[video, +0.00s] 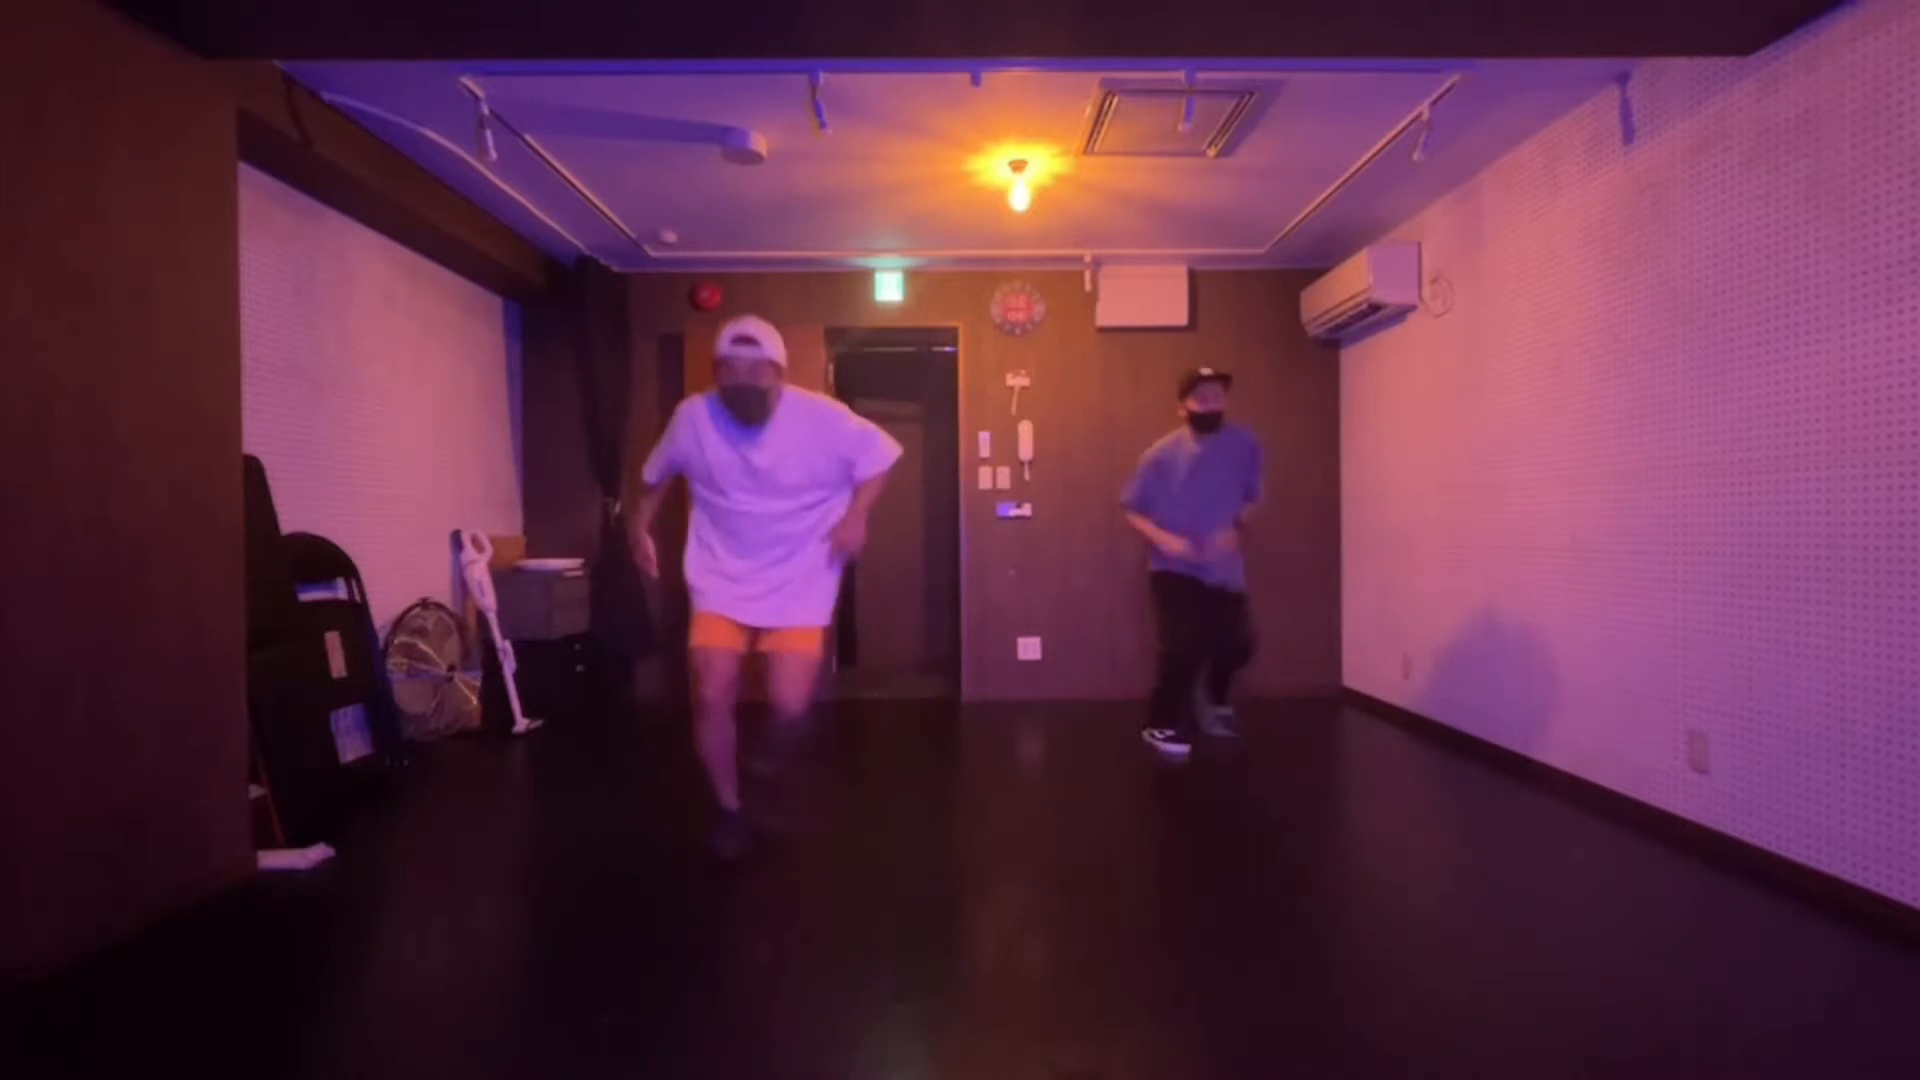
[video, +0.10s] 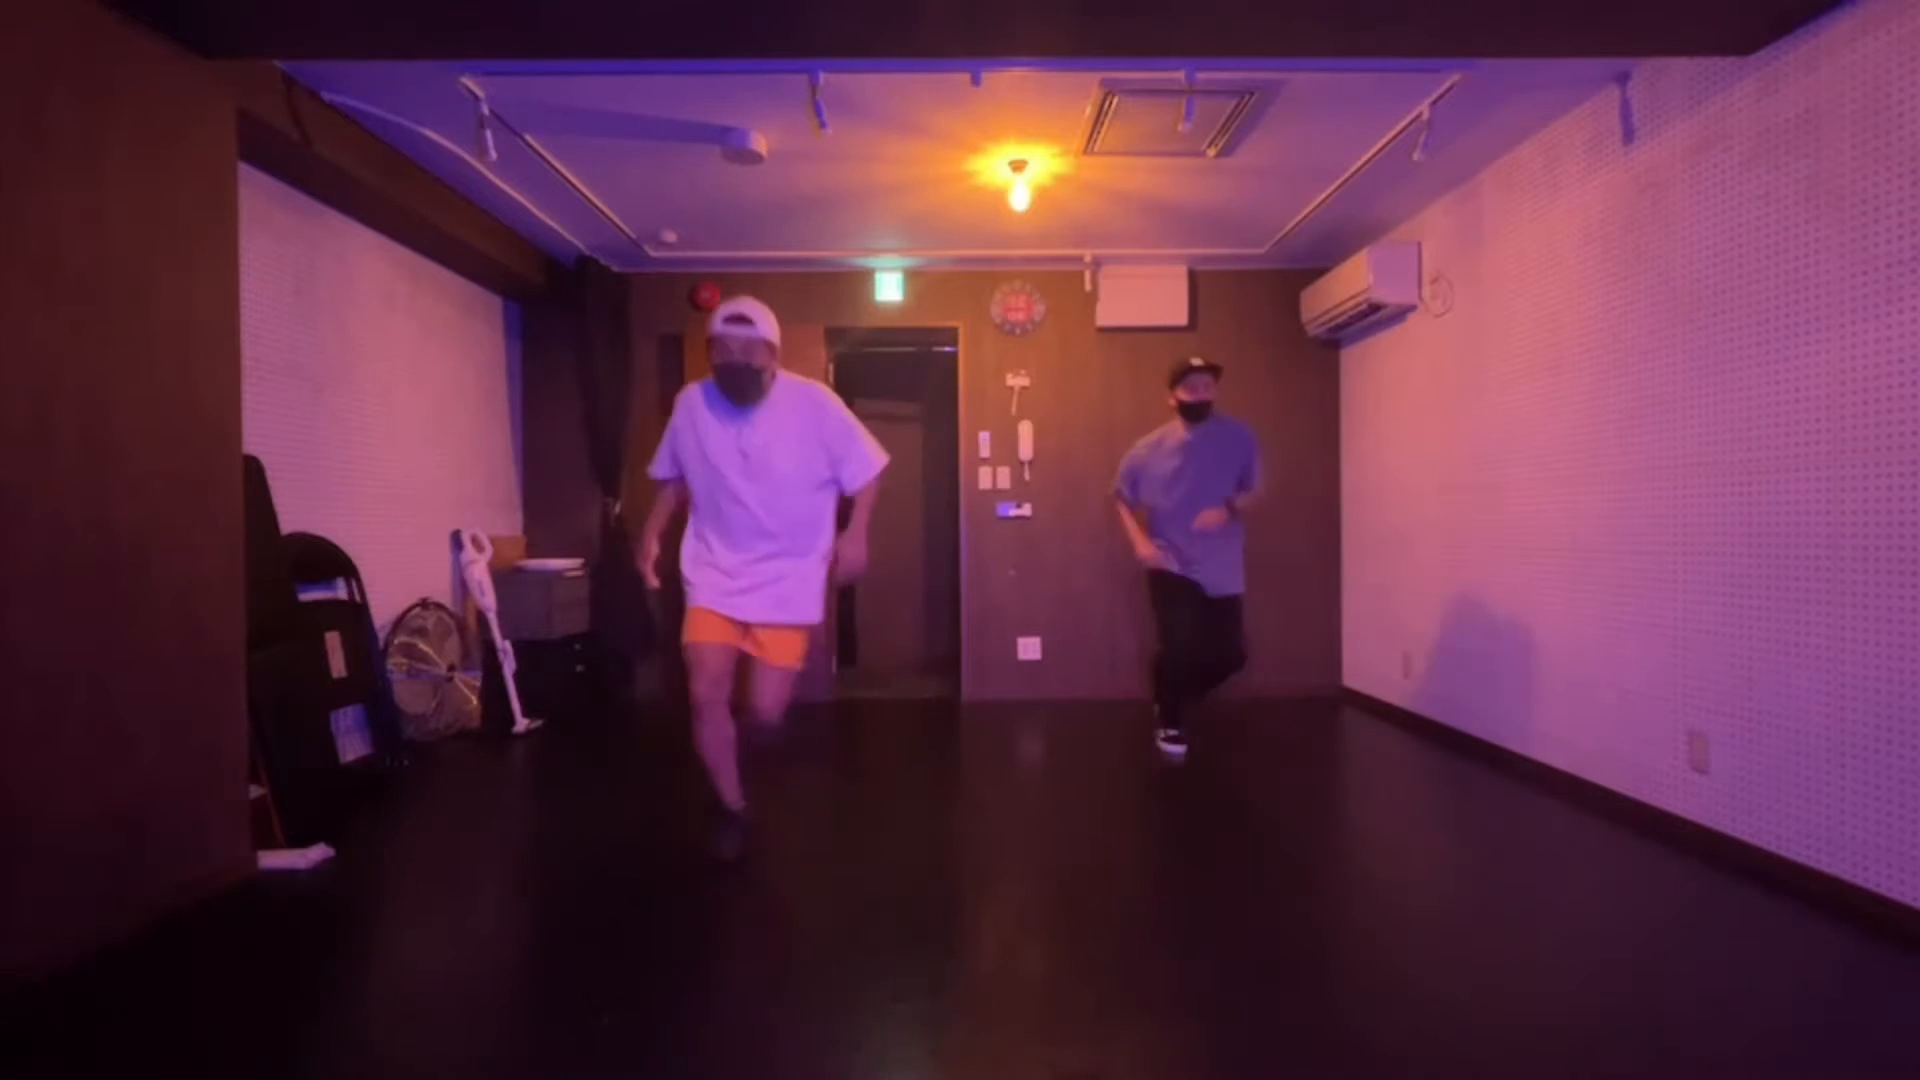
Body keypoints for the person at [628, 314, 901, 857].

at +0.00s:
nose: (744, 381)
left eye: (757, 369)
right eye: (734, 368)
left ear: (779, 374)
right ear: (717, 372)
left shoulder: (817, 416)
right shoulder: (694, 419)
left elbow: (881, 453)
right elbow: (656, 473)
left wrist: (858, 515)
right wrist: (640, 527)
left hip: (800, 578)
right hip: (720, 579)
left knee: (791, 705)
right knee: (712, 695)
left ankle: (779, 786)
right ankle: (729, 811)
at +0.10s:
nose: (736, 360)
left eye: (749, 348)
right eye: (725, 347)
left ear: (773, 354)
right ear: (711, 352)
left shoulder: (812, 403)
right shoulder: (693, 405)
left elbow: (869, 467)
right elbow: (673, 479)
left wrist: (858, 535)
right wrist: (651, 533)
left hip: (790, 578)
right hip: (714, 575)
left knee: (766, 711)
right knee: (706, 693)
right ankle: (732, 811)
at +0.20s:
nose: (729, 356)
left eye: (742, 344)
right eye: (720, 344)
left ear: (768, 351)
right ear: (708, 349)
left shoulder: (808, 409)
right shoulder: (693, 413)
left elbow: (851, 496)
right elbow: (685, 503)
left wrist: (853, 569)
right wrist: (668, 559)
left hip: (777, 590)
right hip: (706, 585)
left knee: (753, 709)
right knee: (700, 696)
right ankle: (732, 807)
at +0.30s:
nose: (732, 358)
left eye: (745, 346)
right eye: (722, 346)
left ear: (770, 353)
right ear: (710, 352)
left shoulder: (810, 414)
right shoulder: (697, 417)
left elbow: (850, 503)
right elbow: (684, 504)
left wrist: (843, 576)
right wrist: (675, 569)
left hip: (774, 595)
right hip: (705, 587)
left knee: (748, 704)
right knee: (710, 694)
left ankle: (725, 779)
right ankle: (733, 808)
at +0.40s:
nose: (735, 357)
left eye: (748, 346)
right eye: (726, 346)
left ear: (777, 350)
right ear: (715, 348)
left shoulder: (819, 404)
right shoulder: (695, 405)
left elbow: (871, 467)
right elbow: (688, 479)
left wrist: (839, 533)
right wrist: (680, 541)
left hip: (791, 574)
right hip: (718, 573)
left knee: (771, 701)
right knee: (721, 692)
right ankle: (733, 809)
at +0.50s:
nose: (750, 371)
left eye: (763, 360)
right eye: (740, 359)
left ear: (787, 368)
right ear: (725, 365)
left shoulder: (822, 414)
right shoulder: (698, 413)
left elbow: (893, 458)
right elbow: (662, 456)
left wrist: (844, 511)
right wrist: (676, 524)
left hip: (800, 575)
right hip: (723, 575)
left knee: (802, 697)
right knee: (721, 694)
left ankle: (738, 692)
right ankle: (734, 813)